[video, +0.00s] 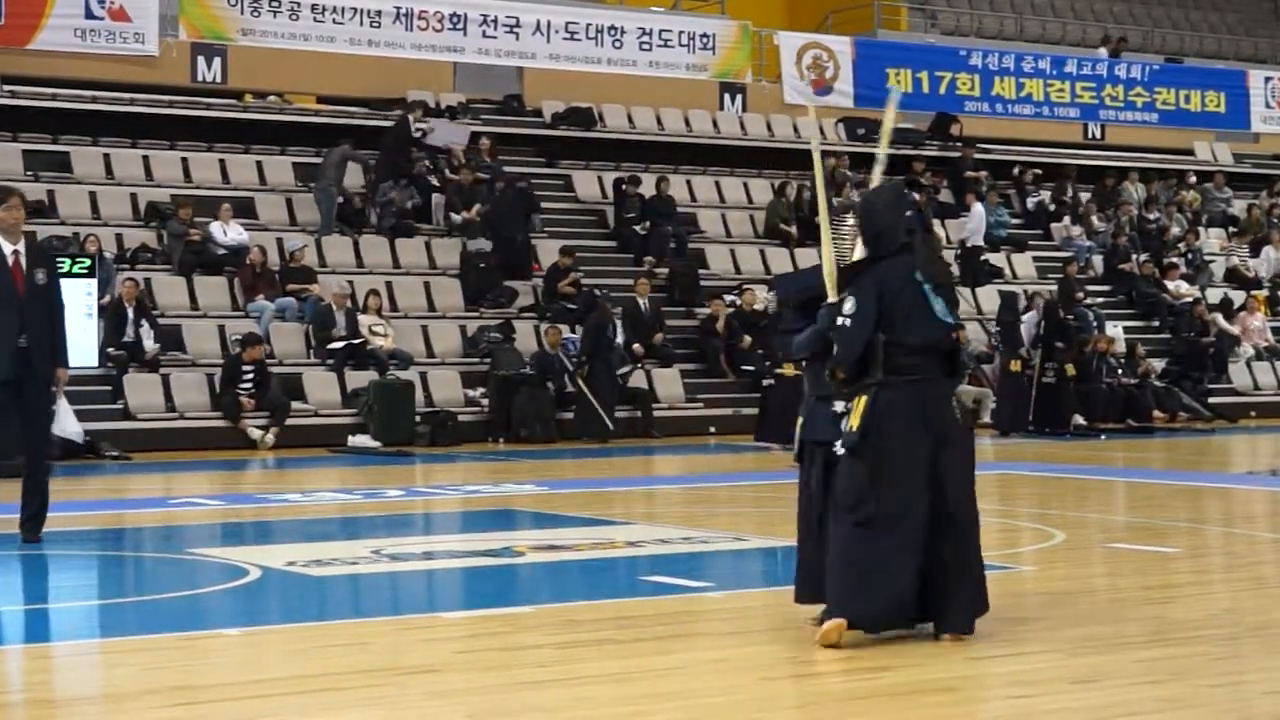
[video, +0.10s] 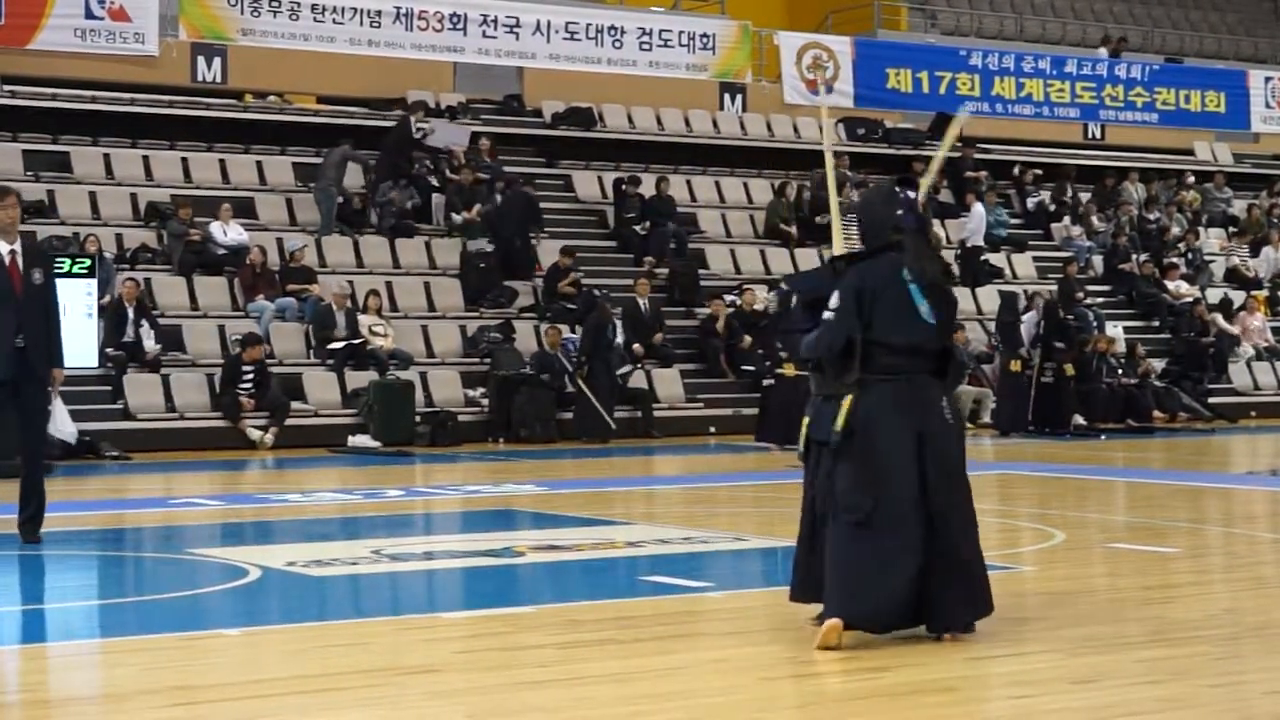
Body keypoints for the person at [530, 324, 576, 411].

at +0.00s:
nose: (556, 338)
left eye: (558, 335)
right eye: (552, 335)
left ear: (561, 337)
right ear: (546, 338)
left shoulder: (564, 355)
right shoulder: (537, 357)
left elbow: (572, 371)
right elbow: (537, 378)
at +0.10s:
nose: (554, 339)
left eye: (556, 335)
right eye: (551, 336)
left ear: (560, 337)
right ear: (545, 338)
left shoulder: (565, 354)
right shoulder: (537, 357)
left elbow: (572, 372)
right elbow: (535, 379)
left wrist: (576, 386)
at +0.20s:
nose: (554, 339)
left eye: (556, 335)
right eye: (551, 336)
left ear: (560, 337)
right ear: (545, 338)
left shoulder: (564, 354)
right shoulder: (537, 357)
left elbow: (571, 372)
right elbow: (538, 379)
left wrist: (576, 387)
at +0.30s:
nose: (553, 339)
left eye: (556, 335)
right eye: (550, 335)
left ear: (561, 337)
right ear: (546, 338)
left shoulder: (566, 355)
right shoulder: (537, 356)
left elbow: (571, 375)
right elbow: (534, 379)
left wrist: (577, 389)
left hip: (563, 392)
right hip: (544, 394)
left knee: (580, 398)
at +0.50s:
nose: (554, 338)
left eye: (556, 334)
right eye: (550, 335)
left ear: (559, 336)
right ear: (545, 339)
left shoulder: (565, 354)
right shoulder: (537, 357)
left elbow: (570, 372)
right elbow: (536, 378)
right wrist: (548, 389)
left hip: (563, 391)